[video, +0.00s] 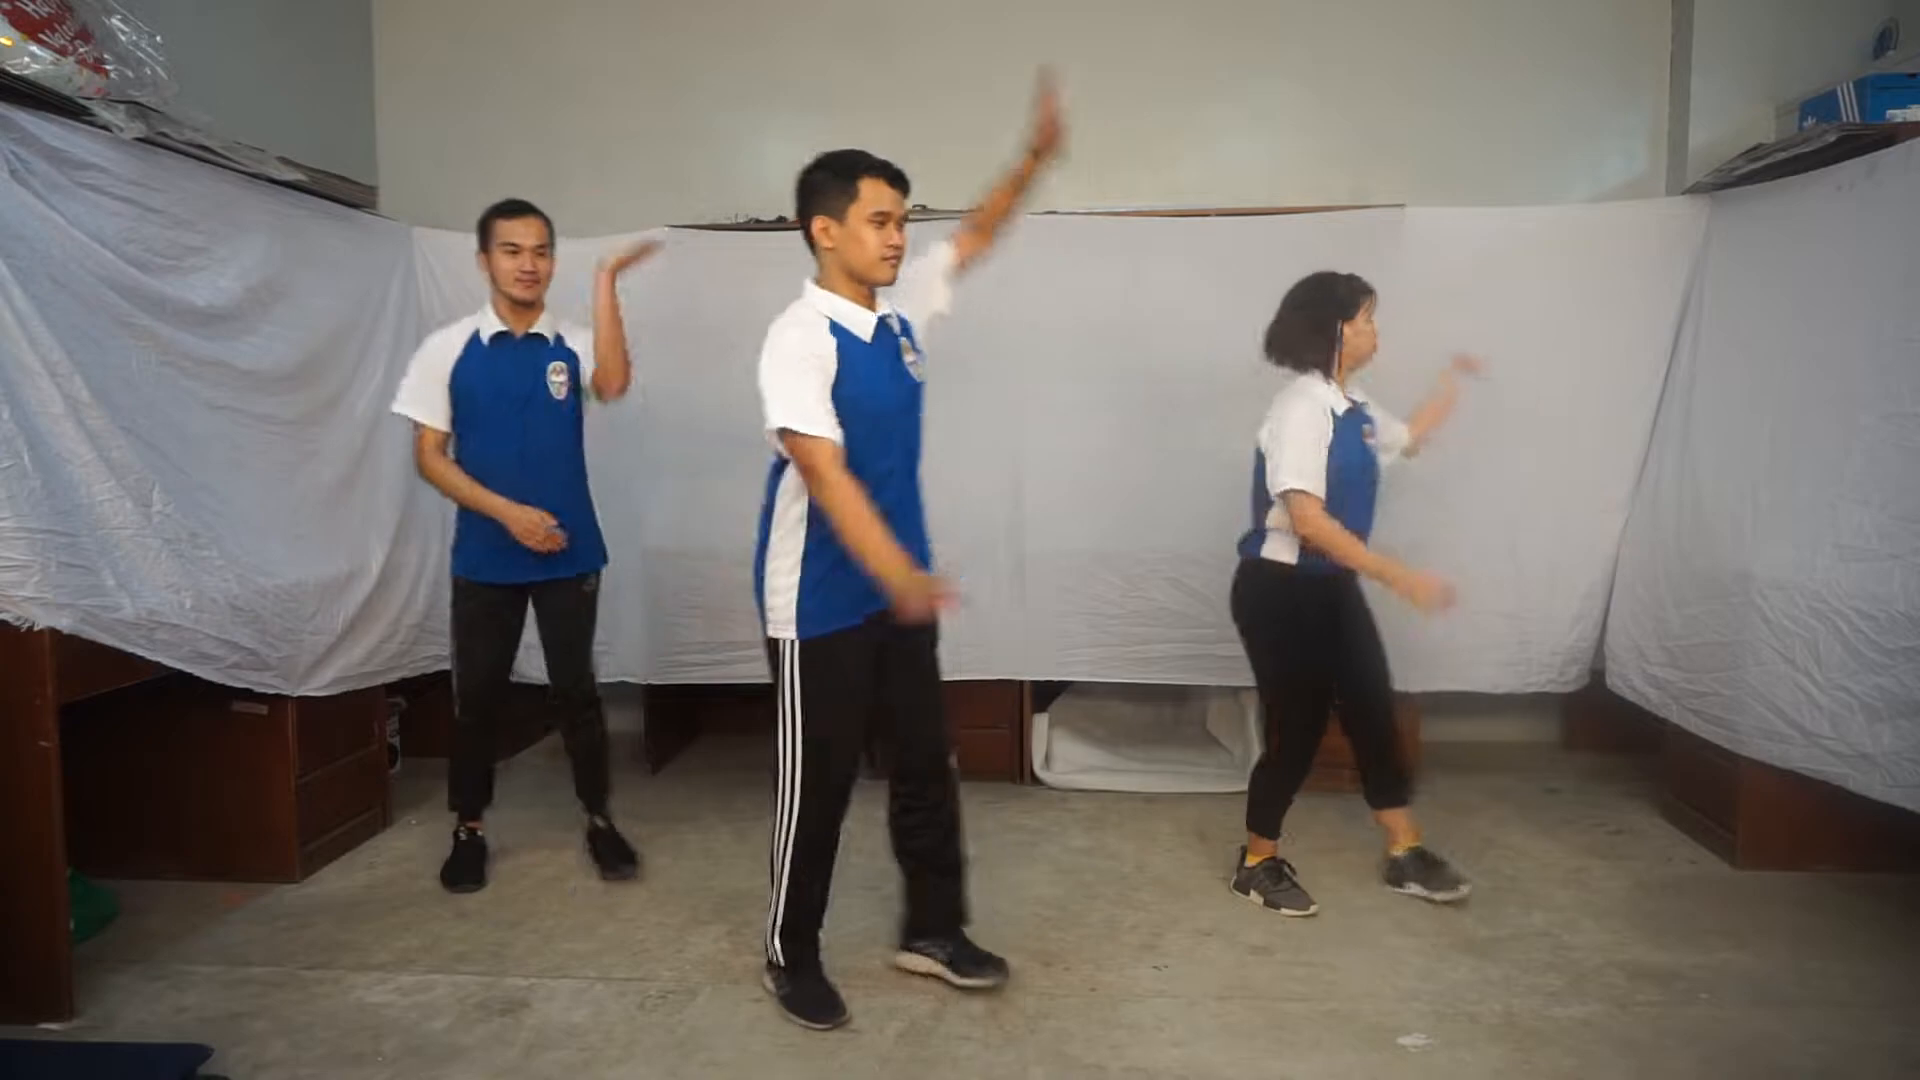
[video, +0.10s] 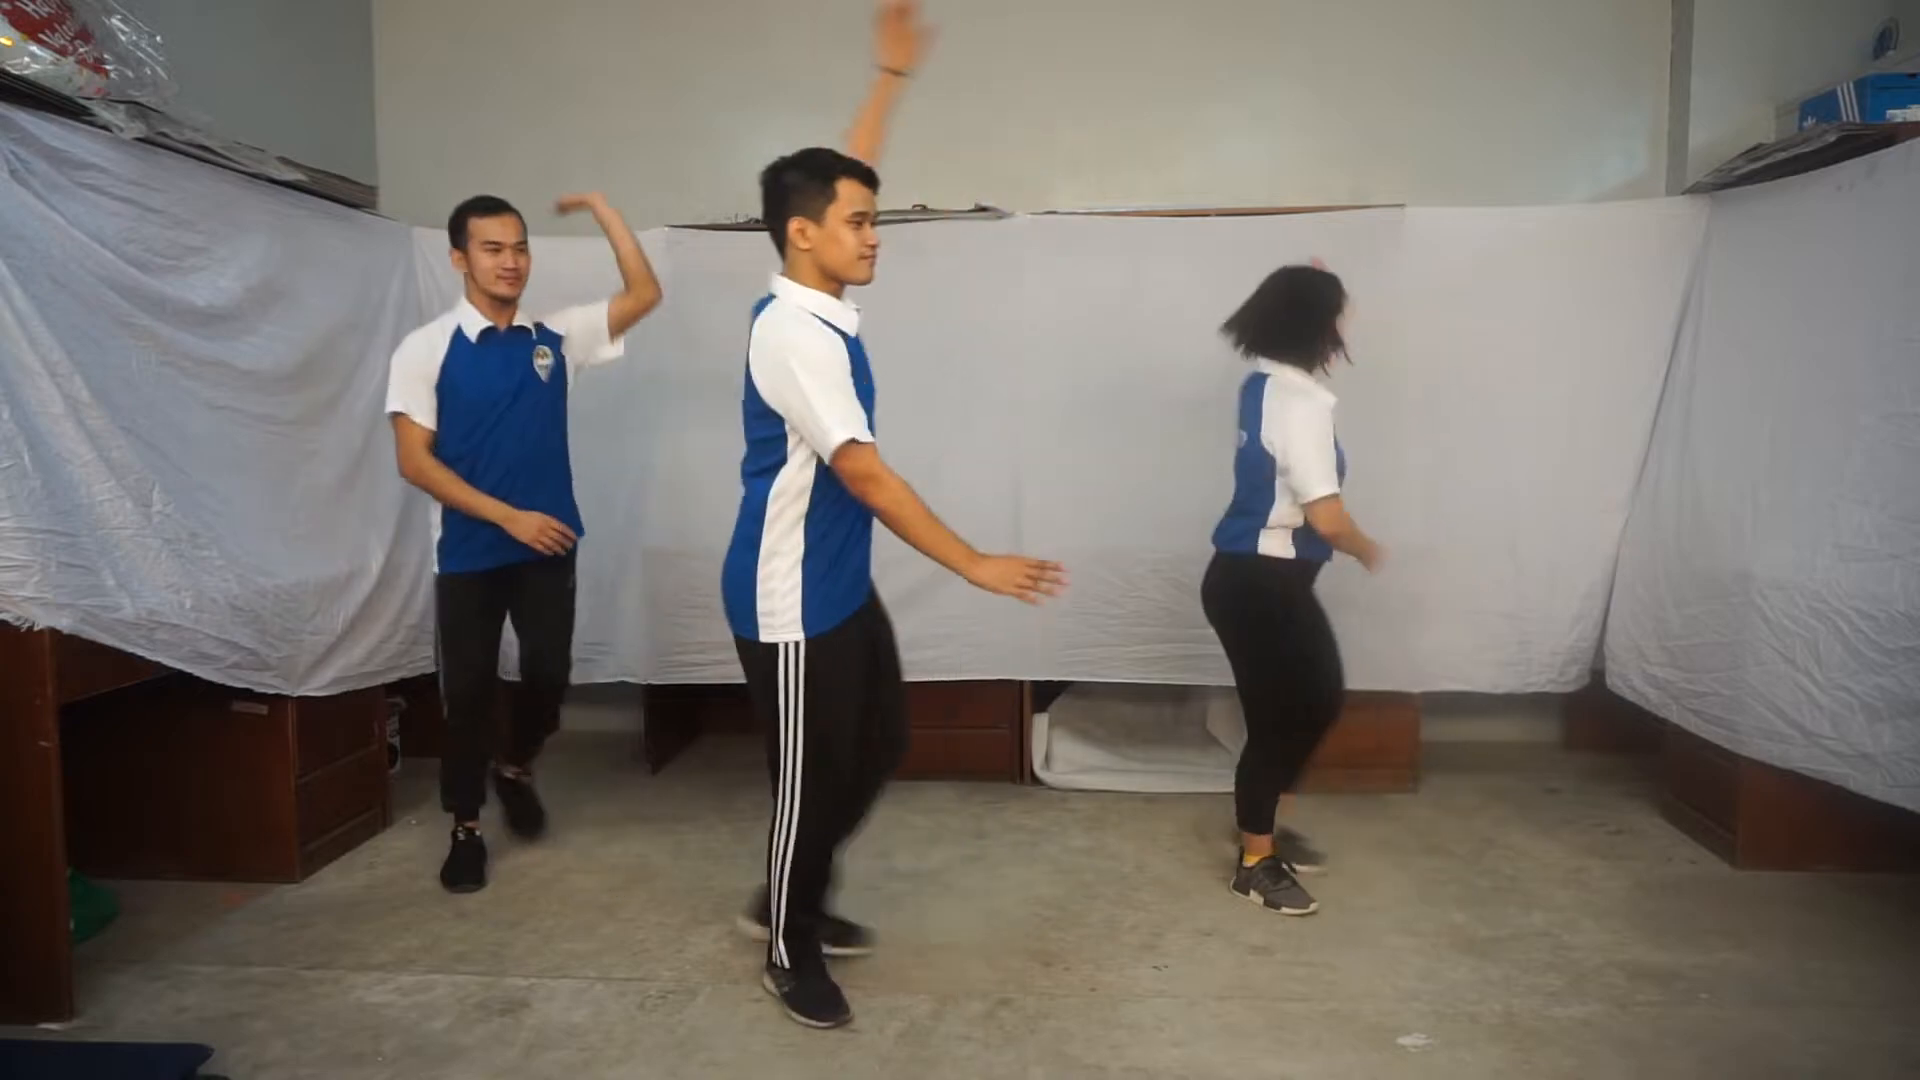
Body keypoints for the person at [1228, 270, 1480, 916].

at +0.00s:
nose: (1377, 332)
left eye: (1374, 320)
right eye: (1369, 320)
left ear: (1337, 329)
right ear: (1338, 329)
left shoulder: (1351, 403)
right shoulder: (1301, 403)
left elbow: (1407, 439)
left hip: (1333, 583)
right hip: (1280, 586)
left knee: (1372, 709)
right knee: (1295, 728)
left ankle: (1404, 850)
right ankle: (1259, 859)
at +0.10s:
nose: (1341, 337)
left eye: (1342, 324)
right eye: (1336, 325)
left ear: (1274, 319)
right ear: (1316, 327)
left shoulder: (1261, 383)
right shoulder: (1303, 401)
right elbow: (1324, 514)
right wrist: (1365, 548)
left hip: (1251, 571)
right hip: (1262, 581)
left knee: (1317, 699)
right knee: (1279, 713)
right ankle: (1254, 859)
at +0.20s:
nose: (1315, 334)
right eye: (1311, 323)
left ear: (1243, 324)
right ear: (1302, 331)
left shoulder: (1222, 387)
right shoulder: (1293, 403)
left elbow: (1239, 328)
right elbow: (1325, 516)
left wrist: (1262, 273)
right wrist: (1292, 498)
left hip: (1208, 570)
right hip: (1252, 582)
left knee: (1241, 702)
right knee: (1274, 714)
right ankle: (1255, 859)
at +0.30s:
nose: (1293, 334)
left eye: (1285, 320)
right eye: (1289, 323)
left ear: (1219, 329)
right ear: (1280, 334)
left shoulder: (1189, 386)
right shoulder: (1282, 410)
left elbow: (1177, 310)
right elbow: (1311, 513)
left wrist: (1188, 244)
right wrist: (1264, 506)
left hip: (1175, 574)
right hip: (1228, 587)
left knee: (1167, 693)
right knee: (1278, 717)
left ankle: (1085, 811)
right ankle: (1257, 859)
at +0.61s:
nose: (1245, 364)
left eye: (1232, 349)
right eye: (1243, 352)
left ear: (1177, 352)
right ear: (1236, 365)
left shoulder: (1146, 404)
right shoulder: (1244, 443)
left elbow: (1151, 319)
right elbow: (1262, 526)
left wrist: (1148, 237)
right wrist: (1205, 518)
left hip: (1117, 586)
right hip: (1179, 607)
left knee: (1098, 705)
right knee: (1278, 707)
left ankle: (1054, 836)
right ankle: (1268, 853)